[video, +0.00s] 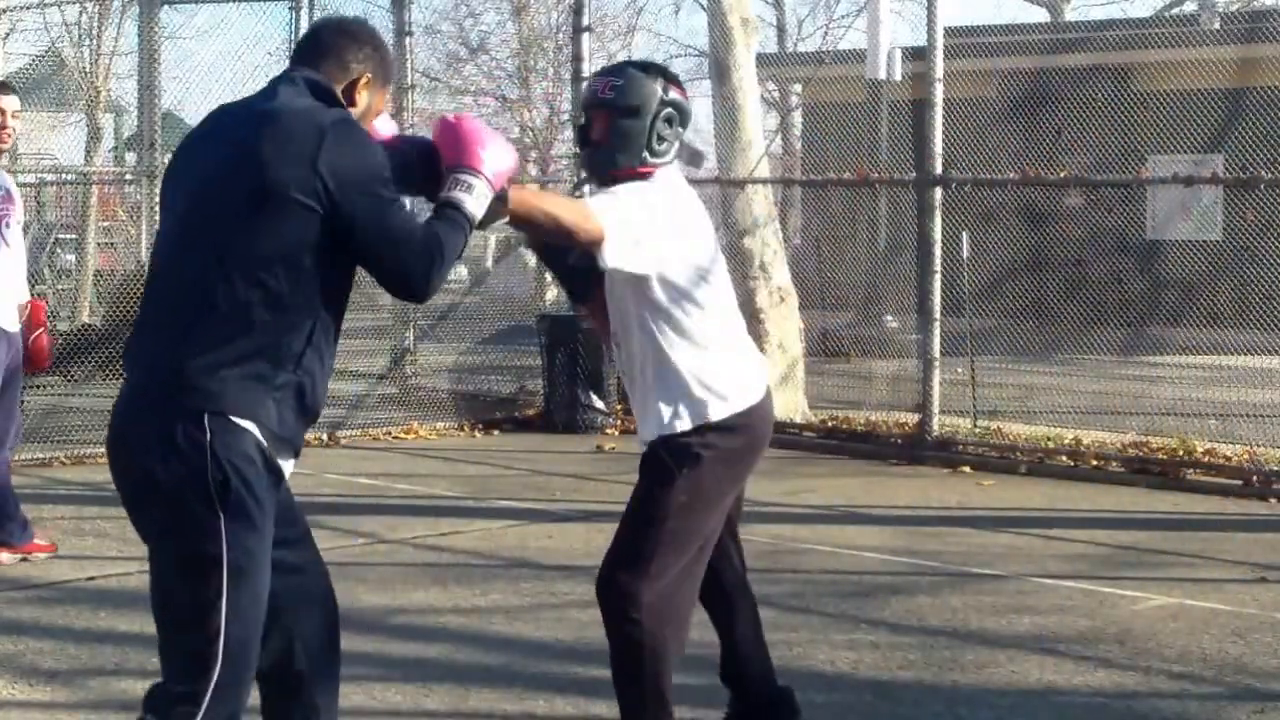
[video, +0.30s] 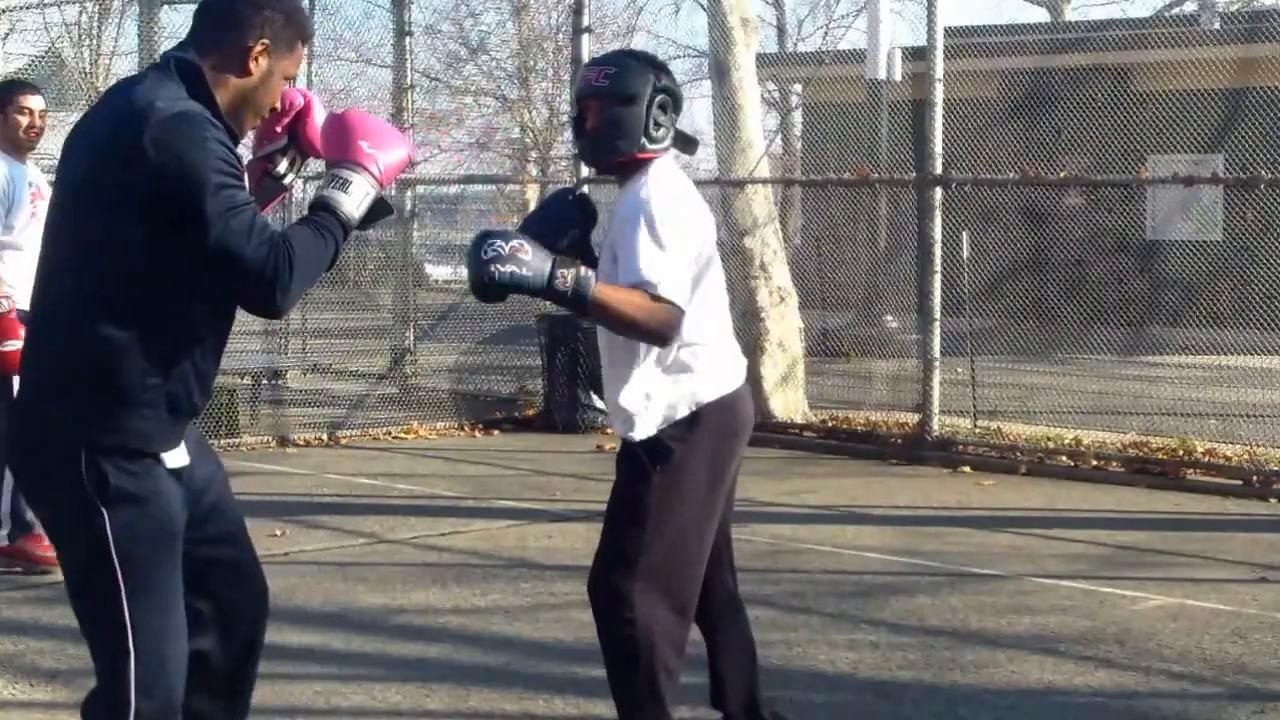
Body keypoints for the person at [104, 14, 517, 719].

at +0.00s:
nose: (382, 128)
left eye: (386, 112)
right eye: (384, 110)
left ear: (301, 73)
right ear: (359, 86)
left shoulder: (214, 130)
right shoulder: (333, 138)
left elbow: (306, 197)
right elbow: (417, 271)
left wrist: (413, 158)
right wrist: (470, 192)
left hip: (158, 421)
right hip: (216, 435)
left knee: (305, 628)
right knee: (209, 679)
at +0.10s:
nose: (333, 116)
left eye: (340, 101)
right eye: (337, 99)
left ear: (264, 63)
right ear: (312, 76)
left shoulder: (179, 121)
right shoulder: (268, 137)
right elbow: (394, 238)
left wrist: (361, 163)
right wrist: (444, 173)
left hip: (207, 452)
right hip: (156, 450)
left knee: (282, 674)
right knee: (178, 695)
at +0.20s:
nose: (308, 102)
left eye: (315, 87)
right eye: (311, 85)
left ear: (233, 52)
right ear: (282, 64)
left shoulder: (142, 114)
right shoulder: (225, 134)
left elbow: (208, 225)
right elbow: (339, 261)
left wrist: (292, 150)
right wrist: (395, 184)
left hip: (171, 439)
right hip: (127, 446)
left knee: (243, 633)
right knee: (160, 685)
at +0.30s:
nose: (284, 99)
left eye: (294, 82)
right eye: (288, 79)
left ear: (218, 52)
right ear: (254, 59)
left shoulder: (144, 105)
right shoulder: (178, 129)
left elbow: (184, 253)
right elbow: (272, 278)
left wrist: (262, 173)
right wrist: (344, 200)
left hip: (157, 425)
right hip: (100, 441)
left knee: (235, 606)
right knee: (144, 688)